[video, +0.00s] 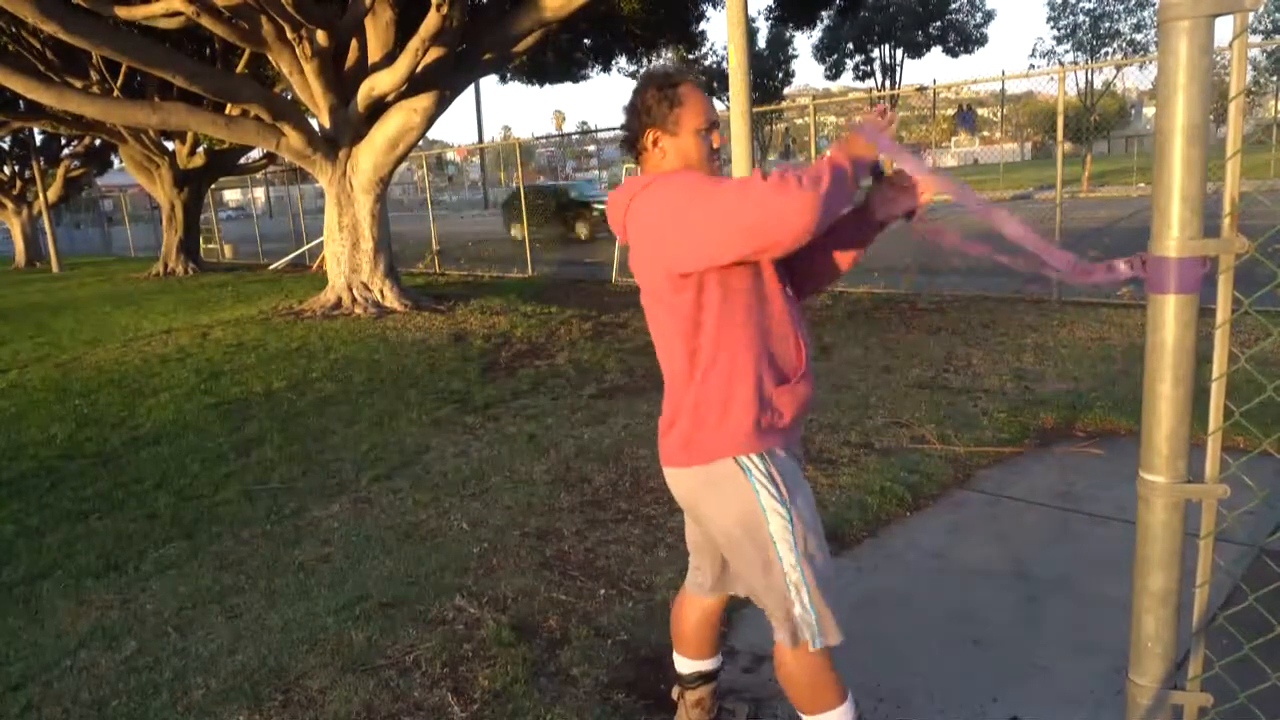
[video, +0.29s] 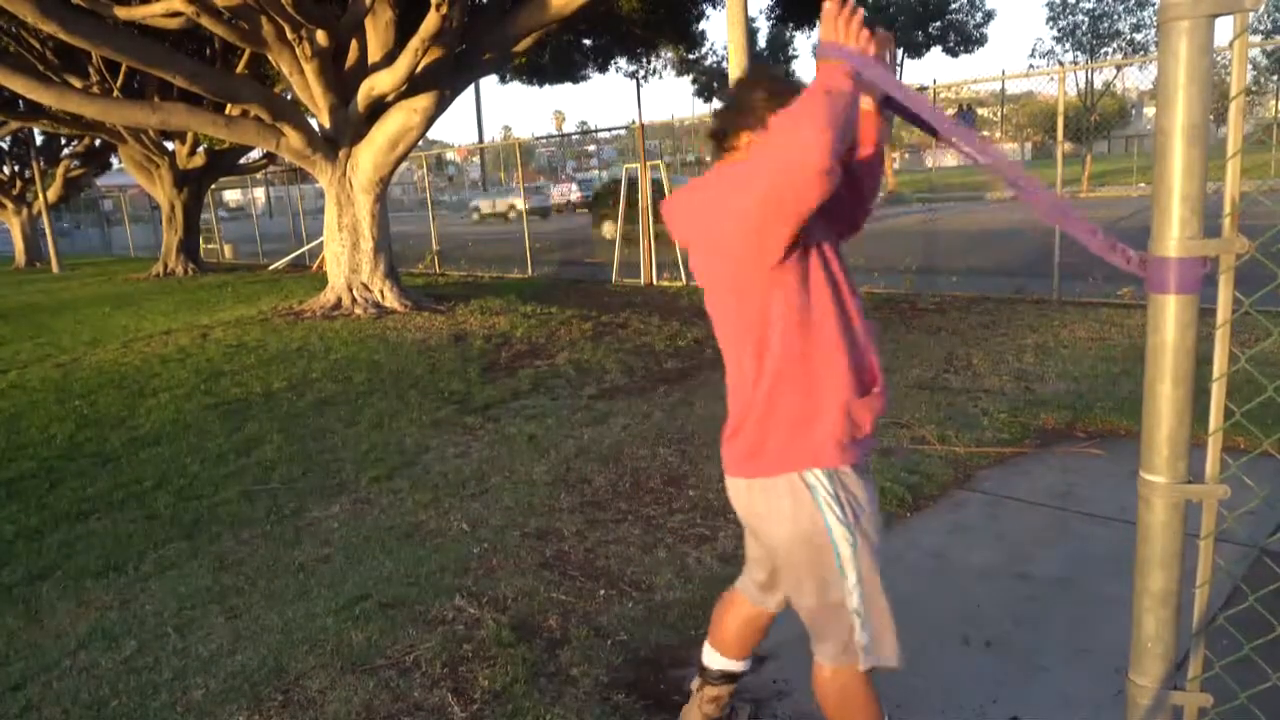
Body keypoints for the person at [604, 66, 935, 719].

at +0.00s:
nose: (718, 143)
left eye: (716, 130)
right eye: (706, 131)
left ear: (662, 140)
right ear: (659, 140)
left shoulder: (685, 204)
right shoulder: (664, 206)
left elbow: (792, 278)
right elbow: (789, 217)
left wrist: (870, 215)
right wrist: (845, 156)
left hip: (711, 438)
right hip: (733, 442)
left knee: (708, 581)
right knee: (799, 617)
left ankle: (694, 705)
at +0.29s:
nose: (806, 147)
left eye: (805, 132)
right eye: (799, 130)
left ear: (748, 134)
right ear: (763, 131)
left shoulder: (767, 204)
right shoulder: (724, 205)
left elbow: (849, 201)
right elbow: (805, 160)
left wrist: (869, 102)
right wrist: (836, 68)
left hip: (779, 452)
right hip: (796, 461)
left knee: (761, 589)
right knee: (843, 646)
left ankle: (707, 700)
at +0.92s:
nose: (967, 111)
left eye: (964, 97)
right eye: (955, 98)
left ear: (907, 109)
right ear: (901, 109)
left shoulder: (938, 193)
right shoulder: (887, 198)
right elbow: (807, 331)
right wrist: (824, 192)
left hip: (946, 461)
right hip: (897, 471)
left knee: (973, 621)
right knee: (903, 655)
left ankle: (976, 711)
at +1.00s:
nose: (990, 108)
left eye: (987, 94)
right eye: (979, 95)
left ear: (936, 106)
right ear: (930, 107)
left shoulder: (958, 192)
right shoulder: (908, 191)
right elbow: (828, 327)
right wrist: (835, 199)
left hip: (968, 460)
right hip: (917, 471)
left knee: (1010, 603)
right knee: (911, 654)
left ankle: (1009, 710)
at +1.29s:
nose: (1080, 105)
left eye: (1077, 91)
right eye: (1067, 91)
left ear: (1016, 101)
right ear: (1013, 101)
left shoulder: (1046, 182)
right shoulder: (997, 181)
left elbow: (1068, 281)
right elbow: (955, 286)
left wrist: (1143, 275)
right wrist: (972, 370)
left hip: (1061, 456)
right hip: (998, 464)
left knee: (1072, 621)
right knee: (960, 646)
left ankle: (1055, 718)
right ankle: (896, 718)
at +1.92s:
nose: (1005, 153)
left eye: (1010, 137)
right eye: (994, 136)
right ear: (936, 124)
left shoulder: (971, 216)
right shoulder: (870, 213)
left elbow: (953, 325)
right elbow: (800, 340)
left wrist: (1011, 345)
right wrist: (934, 355)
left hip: (974, 458)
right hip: (886, 463)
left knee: (1001, 621)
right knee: (873, 640)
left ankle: (1027, 711)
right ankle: (841, 717)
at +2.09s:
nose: (962, 154)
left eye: (968, 138)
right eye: (953, 137)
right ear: (896, 121)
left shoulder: (924, 210)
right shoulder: (830, 203)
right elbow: (718, 281)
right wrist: (813, 355)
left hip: (926, 451)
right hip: (840, 459)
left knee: (949, 600)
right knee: (842, 626)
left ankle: (949, 708)